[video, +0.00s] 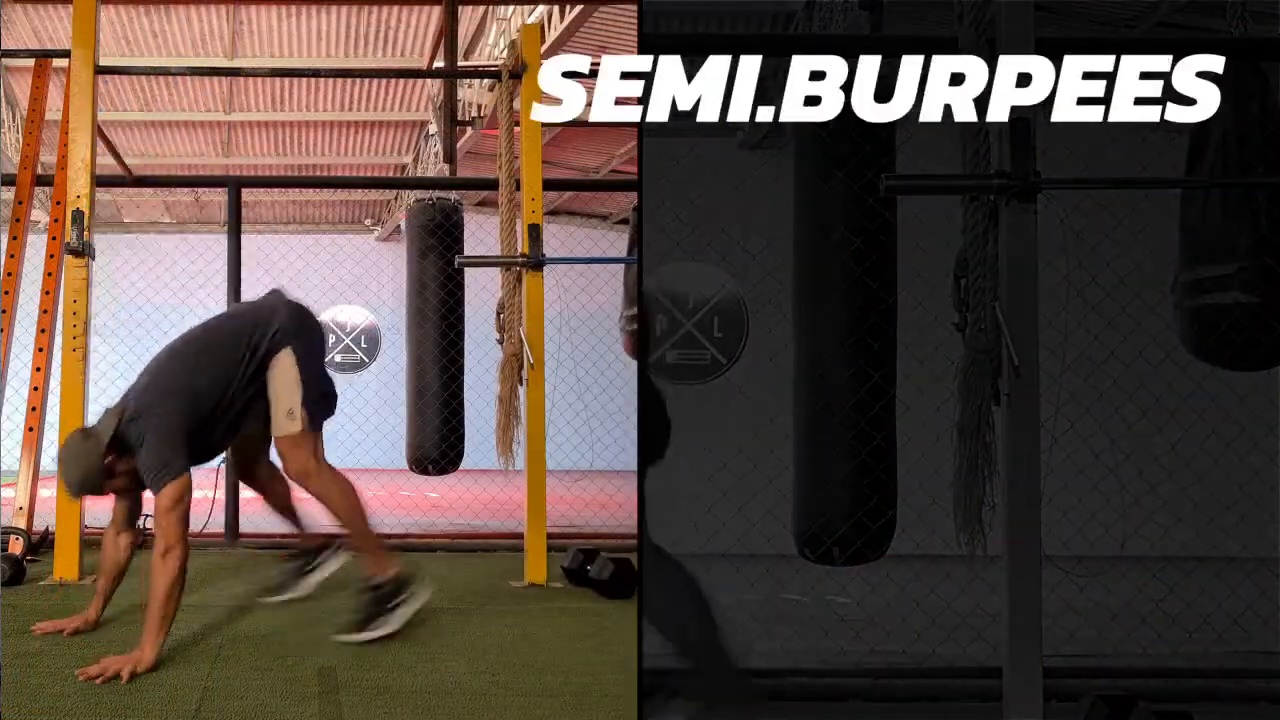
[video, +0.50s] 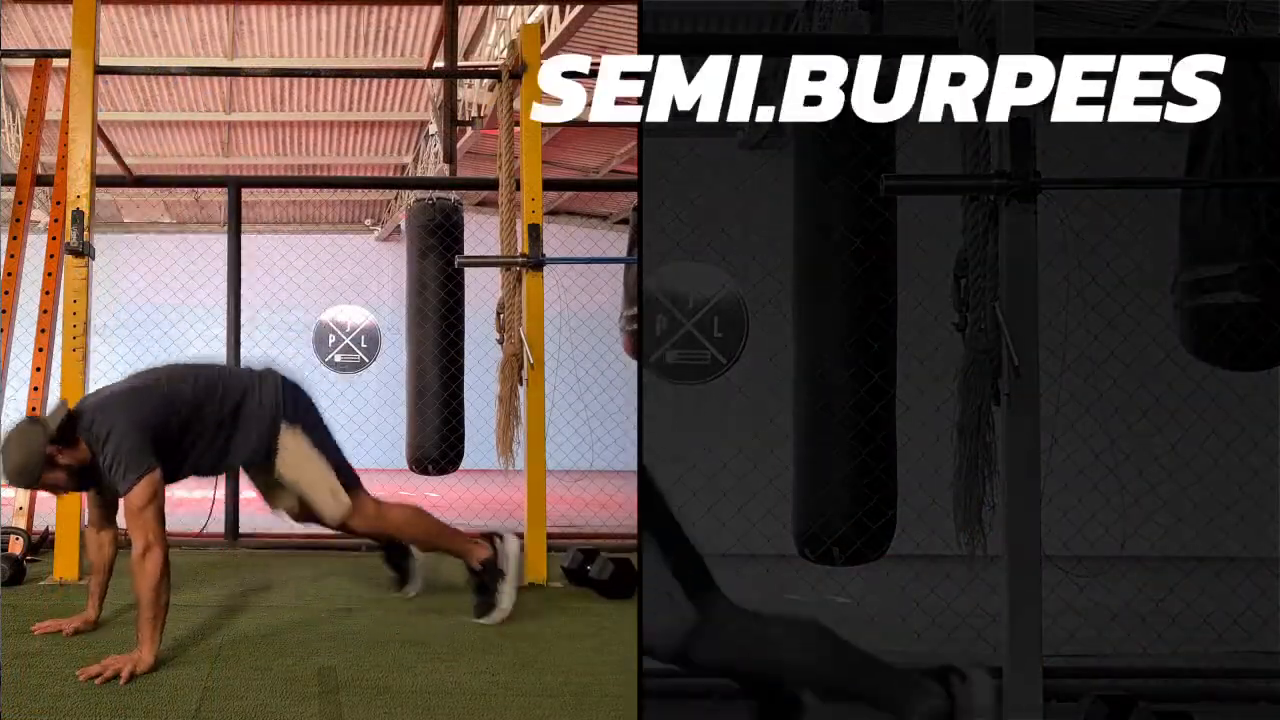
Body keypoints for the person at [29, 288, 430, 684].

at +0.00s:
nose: (112, 496)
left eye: (108, 488)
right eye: (103, 493)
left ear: (115, 462)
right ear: (109, 456)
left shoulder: (158, 437)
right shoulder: (118, 433)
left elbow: (172, 553)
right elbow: (121, 531)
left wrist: (146, 651)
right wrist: (93, 613)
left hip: (284, 332)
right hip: (253, 351)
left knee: (303, 464)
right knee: (248, 464)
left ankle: (389, 575)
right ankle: (312, 541)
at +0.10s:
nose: (71, 497)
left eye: (63, 491)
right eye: (61, 494)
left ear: (74, 467)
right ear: (70, 462)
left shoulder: (131, 435)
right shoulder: (89, 441)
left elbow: (158, 548)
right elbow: (106, 533)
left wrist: (146, 649)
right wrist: (91, 612)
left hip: (267, 370)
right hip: (237, 398)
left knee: (329, 486)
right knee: (288, 484)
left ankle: (460, 534)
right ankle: (381, 516)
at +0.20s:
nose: (38, 482)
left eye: (33, 474)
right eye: (30, 478)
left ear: (44, 444)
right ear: (41, 438)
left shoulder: (116, 433)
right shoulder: (76, 434)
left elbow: (146, 548)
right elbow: (96, 526)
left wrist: (144, 649)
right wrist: (90, 610)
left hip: (259, 431)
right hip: (235, 448)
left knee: (360, 502)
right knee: (304, 504)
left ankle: (490, 547)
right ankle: (403, 527)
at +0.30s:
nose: (40, 474)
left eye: (35, 464)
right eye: (31, 469)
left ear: (49, 438)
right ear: (46, 436)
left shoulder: (125, 432)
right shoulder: (80, 439)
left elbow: (151, 545)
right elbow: (102, 528)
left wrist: (146, 648)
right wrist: (90, 609)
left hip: (267, 481)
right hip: (242, 494)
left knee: (362, 548)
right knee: (338, 542)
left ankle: (499, 565)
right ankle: (420, 550)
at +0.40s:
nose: (41, 474)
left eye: (36, 465)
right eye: (32, 469)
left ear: (49, 439)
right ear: (48, 435)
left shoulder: (122, 432)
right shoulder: (85, 440)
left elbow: (151, 545)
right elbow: (103, 529)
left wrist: (145, 649)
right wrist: (90, 609)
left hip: (271, 475)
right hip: (243, 495)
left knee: (373, 543)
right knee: (331, 539)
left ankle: (505, 566)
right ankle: (418, 555)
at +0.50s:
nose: (56, 491)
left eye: (50, 482)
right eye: (46, 486)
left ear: (61, 455)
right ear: (56, 452)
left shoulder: (123, 432)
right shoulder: (82, 439)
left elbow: (149, 546)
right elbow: (101, 526)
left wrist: (145, 649)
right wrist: (91, 608)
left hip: (269, 407)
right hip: (242, 433)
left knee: (348, 509)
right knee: (295, 506)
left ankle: (484, 552)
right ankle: (392, 535)